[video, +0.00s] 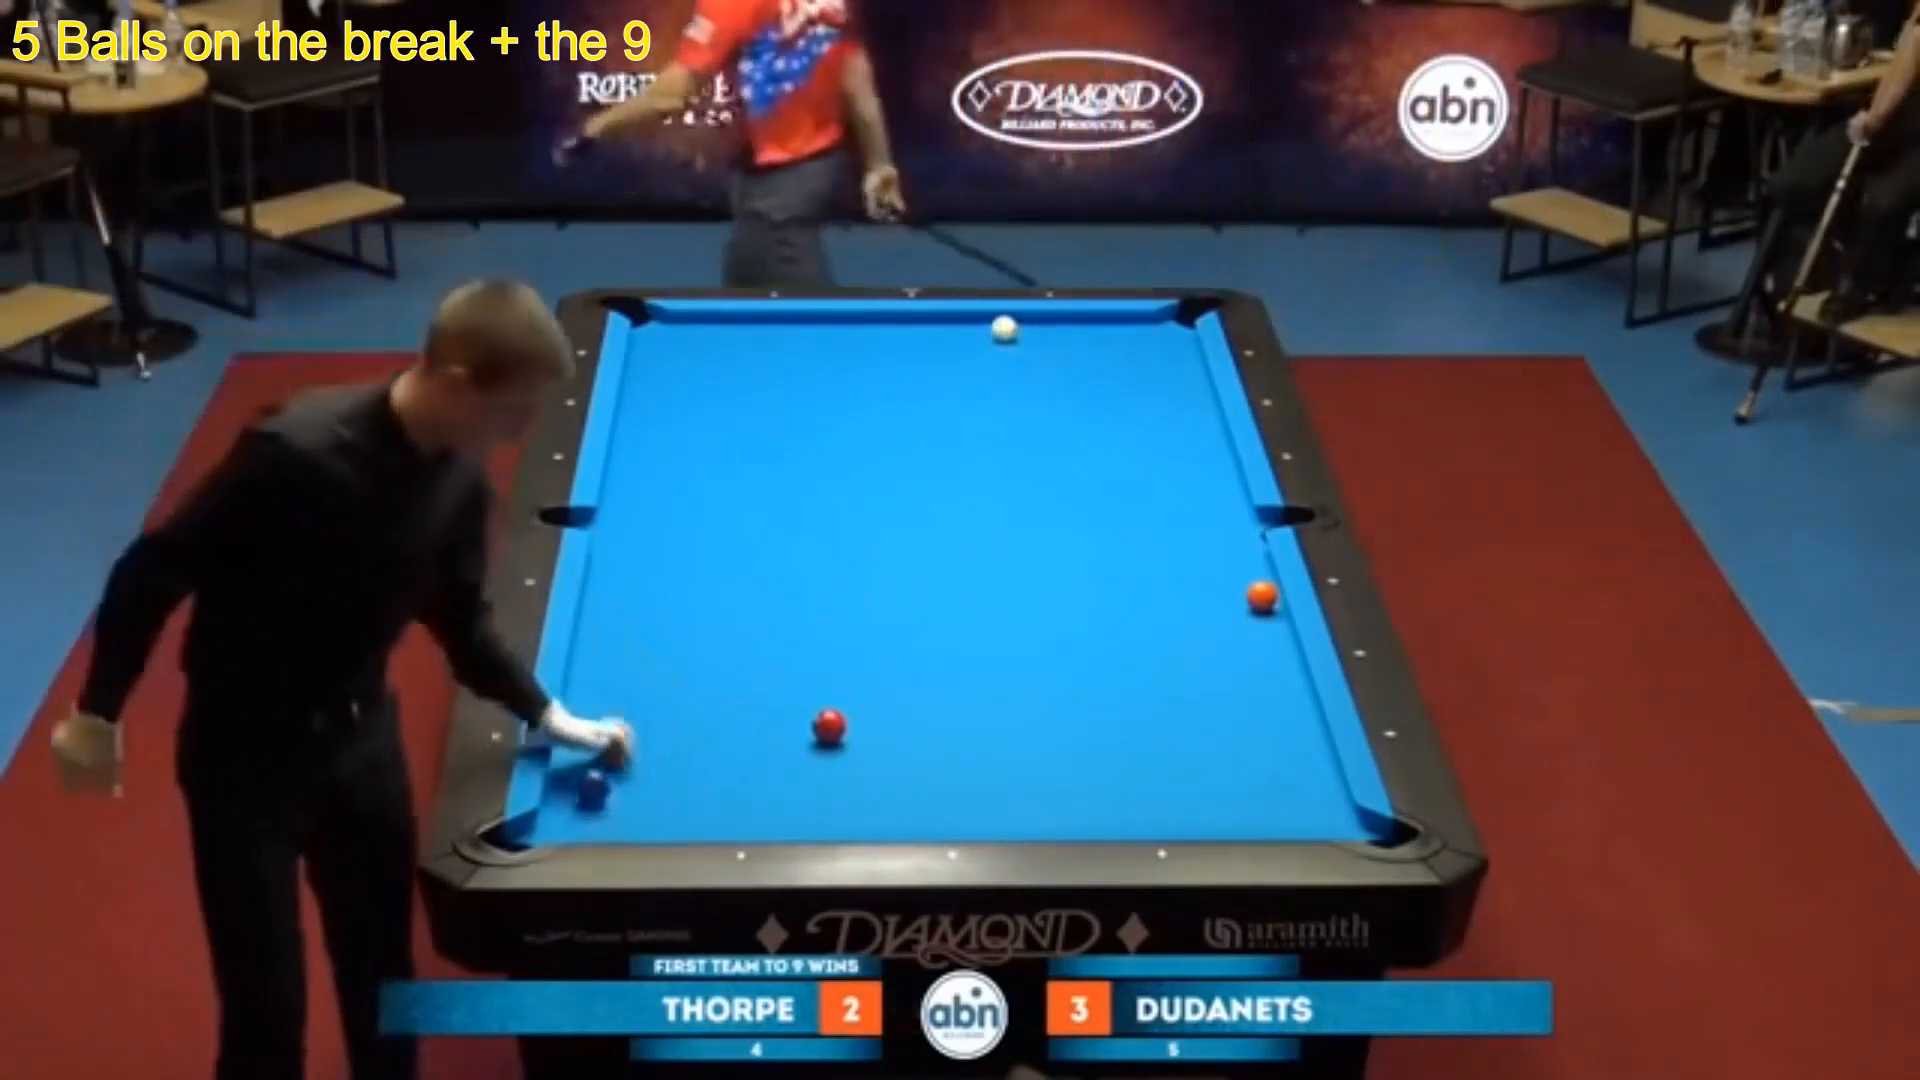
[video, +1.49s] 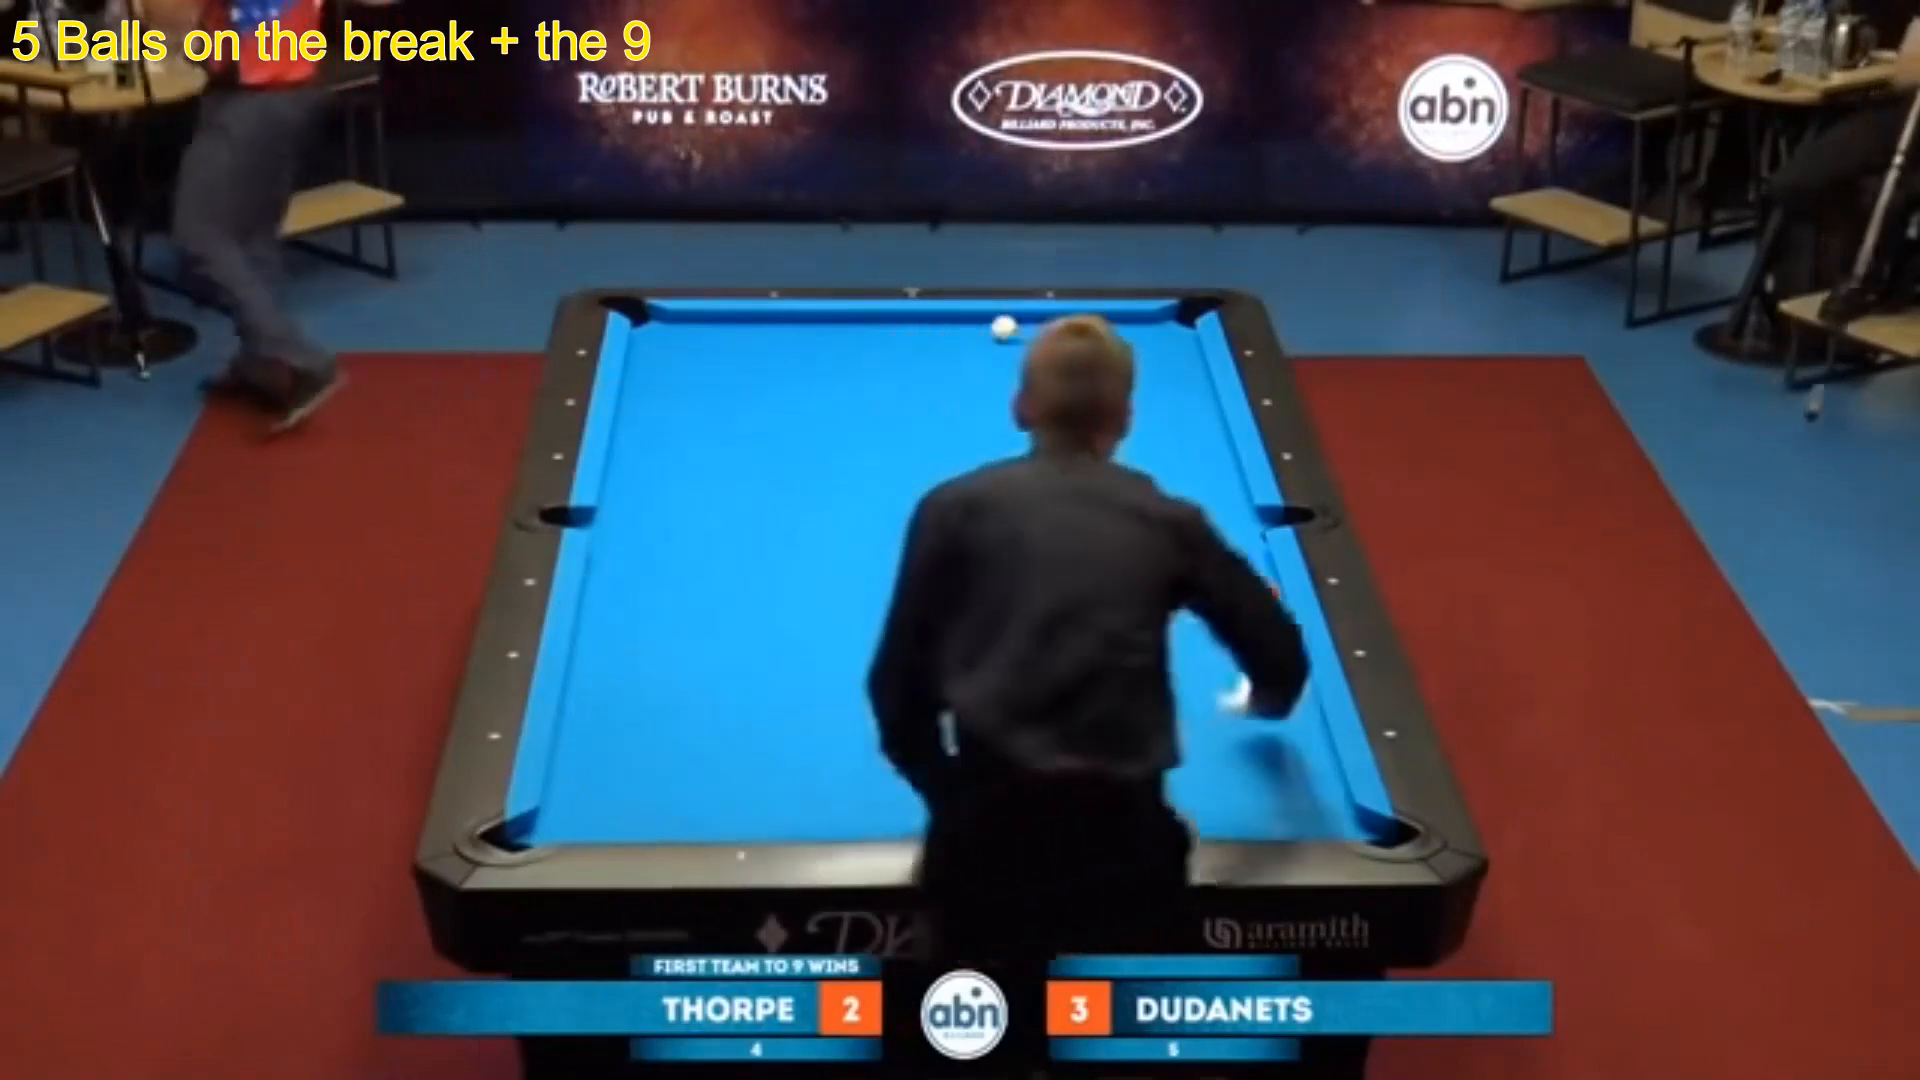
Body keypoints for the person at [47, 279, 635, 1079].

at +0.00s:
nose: (517, 435)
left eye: (526, 416)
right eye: (511, 413)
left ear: (457, 378)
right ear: (454, 379)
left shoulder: (459, 479)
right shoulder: (291, 452)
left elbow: (459, 617)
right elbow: (152, 571)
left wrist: (551, 717)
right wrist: (97, 712)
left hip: (359, 740)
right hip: (242, 753)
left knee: (383, 994)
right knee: (264, 1012)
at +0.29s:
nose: (573, 475)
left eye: (579, 455)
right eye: (573, 454)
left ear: (517, 444)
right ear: (528, 449)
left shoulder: (464, 533)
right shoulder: (349, 538)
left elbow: (466, 696)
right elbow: (212, 718)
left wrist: (574, 778)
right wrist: (221, 889)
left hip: (360, 823)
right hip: (268, 844)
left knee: (392, 1050)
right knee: (290, 1061)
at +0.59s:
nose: (640, 506)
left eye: (643, 487)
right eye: (638, 487)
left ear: (541, 469)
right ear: (599, 487)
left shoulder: (510, 568)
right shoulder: (448, 590)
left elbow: (563, 699)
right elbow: (368, 770)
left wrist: (667, 763)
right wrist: (440, 931)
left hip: (403, 861)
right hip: (323, 887)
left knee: (517, 1046)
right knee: (349, 1067)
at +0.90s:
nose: (841, 519)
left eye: (844, 500)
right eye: (843, 500)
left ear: (747, 486)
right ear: (817, 503)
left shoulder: (703, 567)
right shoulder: (726, 598)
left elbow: (698, 689)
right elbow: (656, 761)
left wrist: (787, 718)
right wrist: (681, 927)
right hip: (591, 903)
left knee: (574, 1065)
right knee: (592, 1068)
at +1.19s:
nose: (987, 434)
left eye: (984, 416)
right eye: (984, 418)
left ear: (881, 417)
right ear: (972, 428)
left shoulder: (797, 522)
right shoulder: (959, 542)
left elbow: (761, 681)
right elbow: (1013, 713)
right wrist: (1035, 857)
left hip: (762, 857)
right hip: (868, 867)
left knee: (770, 1044)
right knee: (895, 1054)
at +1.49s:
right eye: (1121, 403)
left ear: (1021, 409)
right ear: (1122, 419)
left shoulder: (953, 513)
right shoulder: (1163, 522)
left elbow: (896, 685)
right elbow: (1278, 648)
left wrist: (944, 790)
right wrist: (1265, 701)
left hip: (989, 833)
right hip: (1127, 837)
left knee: (985, 1034)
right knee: (1135, 1038)